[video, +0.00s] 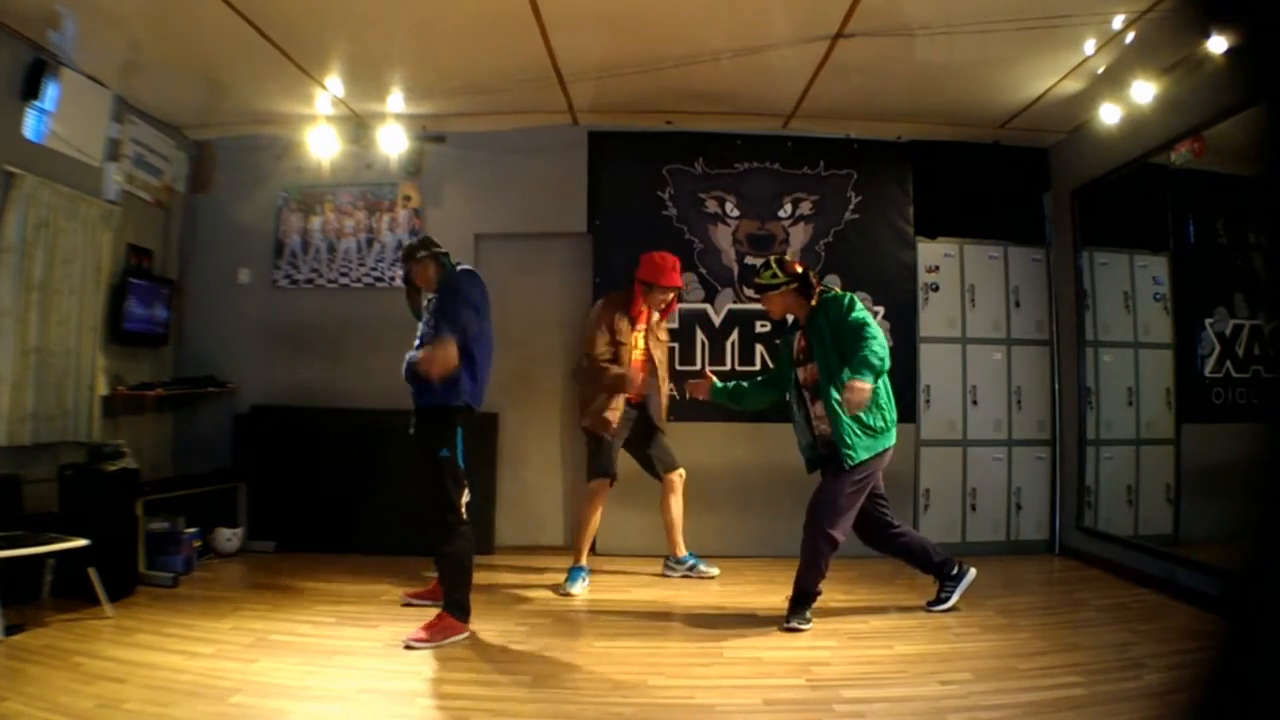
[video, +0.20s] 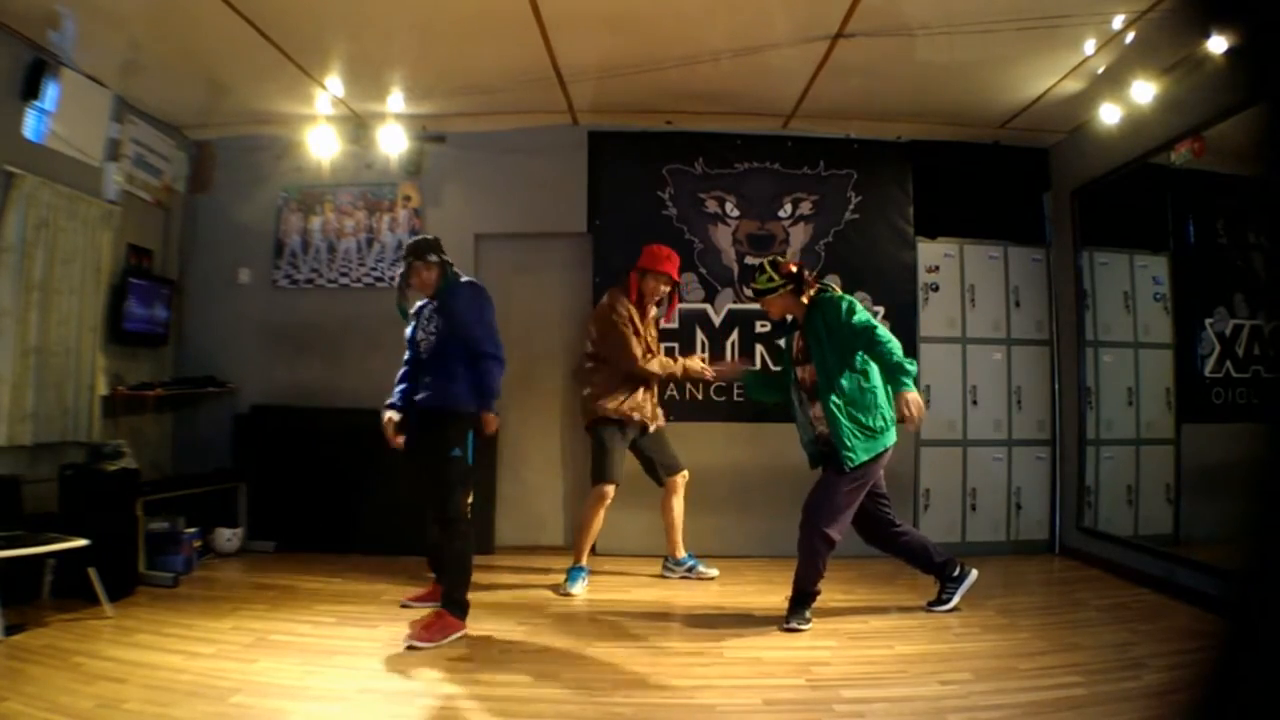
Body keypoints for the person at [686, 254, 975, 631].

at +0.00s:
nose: (763, 305)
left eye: (766, 297)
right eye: (761, 298)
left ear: (789, 290)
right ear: (784, 294)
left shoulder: (839, 306)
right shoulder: (793, 337)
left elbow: (873, 342)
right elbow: (774, 389)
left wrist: (861, 377)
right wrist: (717, 389)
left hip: (866, 439)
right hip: (837, 446)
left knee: (824, 515)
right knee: (876, 527)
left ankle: (801, 604)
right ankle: (950, 571)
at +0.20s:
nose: (763, 309)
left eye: (764, 300)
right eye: (760, 302)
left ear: (785, 291)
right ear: (784, 294)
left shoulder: (835, 307)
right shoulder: (796, 332)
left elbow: (877, 337)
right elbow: (794, 386)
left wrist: (903, 383)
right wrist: (742, 376)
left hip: (864, 438)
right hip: (837, 444)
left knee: (819, 515)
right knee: (878, 527)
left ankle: (800, 604)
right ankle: (952, 572)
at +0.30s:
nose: (764, 309)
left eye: (766, 301)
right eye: (762, 303)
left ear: (786, 293)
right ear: (782, 295)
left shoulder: (840, 306)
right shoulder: (788, 328)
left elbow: (880, 345)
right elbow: (781, 379)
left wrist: (903, 398)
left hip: (864, 433)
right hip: (840, 437)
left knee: (815, 515)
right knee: (877, 524)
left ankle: (800, 603)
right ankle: (952, 572)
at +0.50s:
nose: (768, 295)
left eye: (774, 286)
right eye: (764, 287)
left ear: (800, 276)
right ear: (763, 285)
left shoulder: (852, 303)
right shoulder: (769, 317)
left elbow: (895, 346)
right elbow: (762, 361)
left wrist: (904, 399)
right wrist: (810, 327)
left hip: (854, 429)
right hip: (810, 437)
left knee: (820, 517)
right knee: (856, 518)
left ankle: (801, 603)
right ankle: (924, 561)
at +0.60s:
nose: (773, 288)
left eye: (780, 281)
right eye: (770, 280)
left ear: (804, 276)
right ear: (769, 278)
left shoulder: (853, 301)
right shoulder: (768, 310)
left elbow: (893, 351)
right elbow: (761, 357)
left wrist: (910, 409)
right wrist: (818, 338)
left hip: (848, 428)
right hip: (801, 433)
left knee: (821, 514)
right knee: (816, 516)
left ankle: (802, 601)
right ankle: (879, 549)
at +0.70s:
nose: (783, 283)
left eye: (791, 277)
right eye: (780, 275)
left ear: (815, 275)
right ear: (777, 273)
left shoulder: (860, 302)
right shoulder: (770, 308)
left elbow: (890, 356)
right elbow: (763, 360)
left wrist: (909, 413)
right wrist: (821, 367)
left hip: (841, 435)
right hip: (793, 435)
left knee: (822, 525)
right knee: (781, 515)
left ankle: (801, 603)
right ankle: (823, 540)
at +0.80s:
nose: (805, 280)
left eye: (815, 272)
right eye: (798, 271)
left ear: (831, 271)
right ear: (787, 269)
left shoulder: (864, 305)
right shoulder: (773, 308)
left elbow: (888, 362)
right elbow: (767, 372)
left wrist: (904, 418)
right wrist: (806, 414)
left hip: (844, 439)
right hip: (788, 434)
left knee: (826, 527)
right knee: (753, 511)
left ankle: (800, 602)